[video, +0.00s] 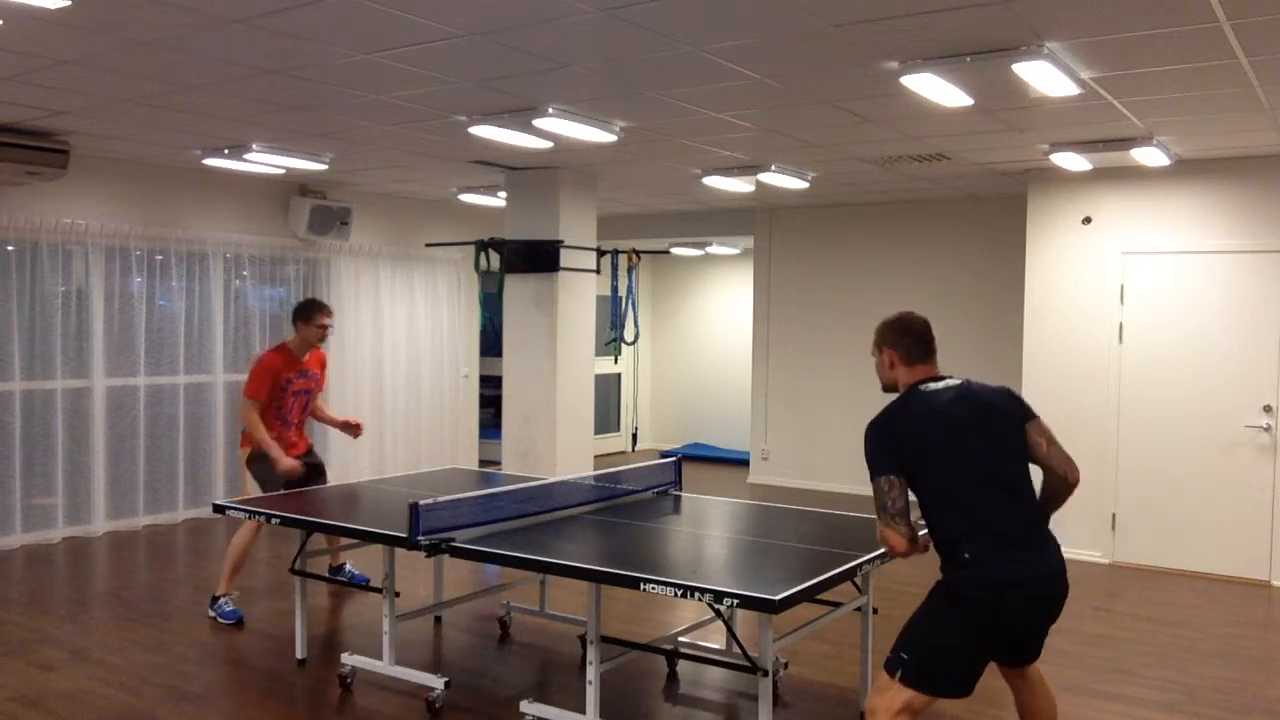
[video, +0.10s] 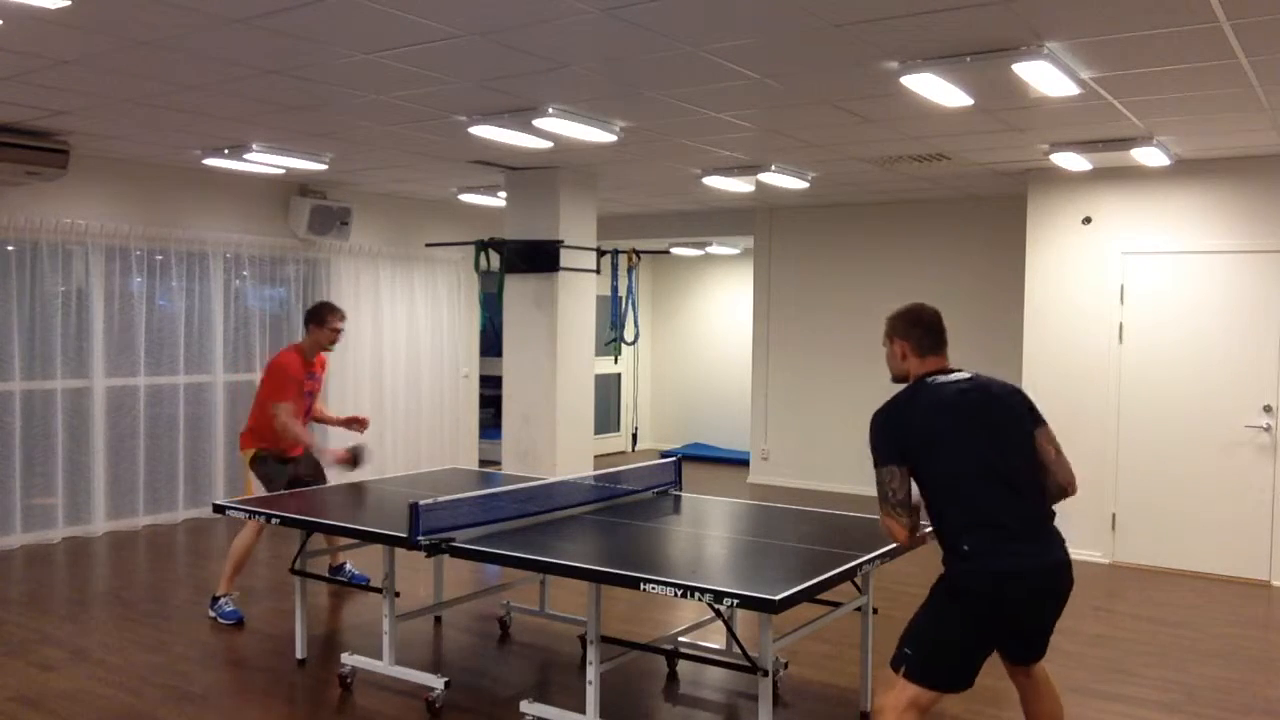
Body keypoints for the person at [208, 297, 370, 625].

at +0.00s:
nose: (327, 333)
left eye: (329, 327)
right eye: (322, 327)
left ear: (322, 328)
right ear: (301, 326)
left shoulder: (318, 359)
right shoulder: (270, 362)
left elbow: (312, 404)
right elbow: (248, 413)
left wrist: (338, 423)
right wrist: (277, 455)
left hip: (299, 448)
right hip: (263, 450)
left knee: (328, 501)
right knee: (259, 515)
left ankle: (337, 565)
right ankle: (222, 595)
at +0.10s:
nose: (338, 337)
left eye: (340, 331)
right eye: (333, 330)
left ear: (324, 332)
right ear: (312, 328)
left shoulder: (319, 362)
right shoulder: (285, 363)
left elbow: (310, 409)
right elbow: (282, 420)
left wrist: (341, 422)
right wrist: (323, 451)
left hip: (296, 447)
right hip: (264, 448)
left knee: (327, 502)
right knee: (262, 514)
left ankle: (337, 566)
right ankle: (222, 596)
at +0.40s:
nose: (368, 329)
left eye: (370, 324)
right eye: (364, 322)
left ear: (353, 324)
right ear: (345, 320)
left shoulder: (323, 350)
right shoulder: (334, 353)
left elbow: (308, 401)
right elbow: (371, 399)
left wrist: (345, 417)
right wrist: (420, 413)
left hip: (309, 446)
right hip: (281, 444)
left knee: (330, 508)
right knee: (254, 515)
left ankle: (339, 565)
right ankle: (224, 590)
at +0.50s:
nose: (369, 322)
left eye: (372, 317)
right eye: (364, 315)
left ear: (368, 320)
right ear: (346, 313)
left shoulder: (333, 346)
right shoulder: (335, 347)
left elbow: (316, 397)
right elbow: (364, 398)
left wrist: (348, 417)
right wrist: (412, 416)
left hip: (315, 441)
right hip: (288, 439)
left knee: (333, 505)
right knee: (259, 511)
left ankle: (339, 563)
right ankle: (230, 586)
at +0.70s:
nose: (358, 314)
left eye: (361, 308)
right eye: (353, 307)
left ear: (360, 312)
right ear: (334, 307)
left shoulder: (342, 344)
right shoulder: (320, 343)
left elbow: (336, 396)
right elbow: (322, 398)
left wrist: (364, 413)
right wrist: (359, 431)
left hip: (326, 436)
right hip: (294, 437)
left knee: (340, 502)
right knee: (270, 508)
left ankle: (339, 563)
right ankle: (244, 583)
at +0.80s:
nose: (348, 313)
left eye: (351, 307)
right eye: (342, 307)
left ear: (351, 311)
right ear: (325, 307)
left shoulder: (342, 345)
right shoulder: (303, 345)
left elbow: (335, 393)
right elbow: (299, 399)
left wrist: (365, 414)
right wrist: (327, 437)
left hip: (328, 436)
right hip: (294, 437)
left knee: (342, 498)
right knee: (271, 507)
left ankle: (340, 562)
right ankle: (243, 583)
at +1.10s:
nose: (312, 334)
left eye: (317, 328)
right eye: (305, 328)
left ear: (323, 327)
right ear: (292, 328)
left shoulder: (336, 361)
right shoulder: (271, 366)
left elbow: (348, 396)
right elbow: (256, 418)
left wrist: (360, 430)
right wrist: (237, 450)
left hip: (327, 451)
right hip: (283, 452)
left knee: (353, 503)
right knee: (261, 509)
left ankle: (368, 558)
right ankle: (243, 584)